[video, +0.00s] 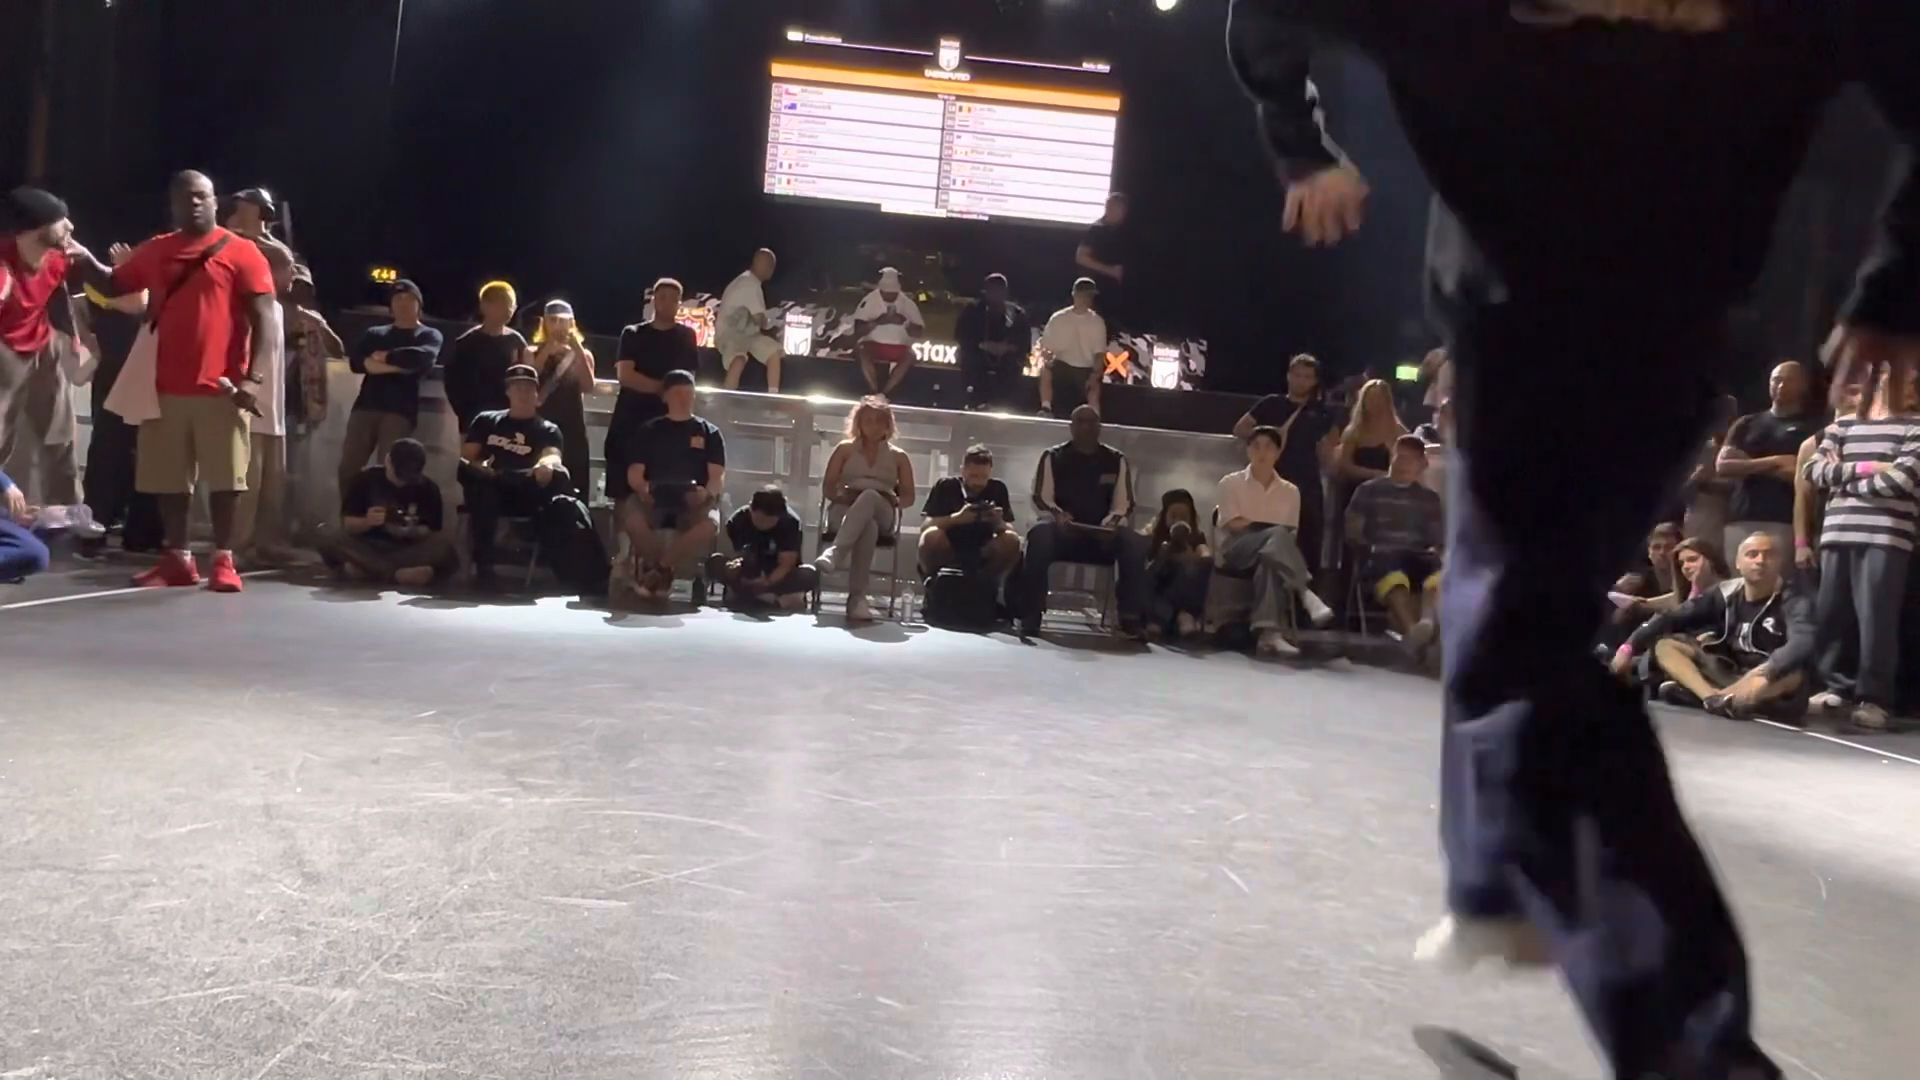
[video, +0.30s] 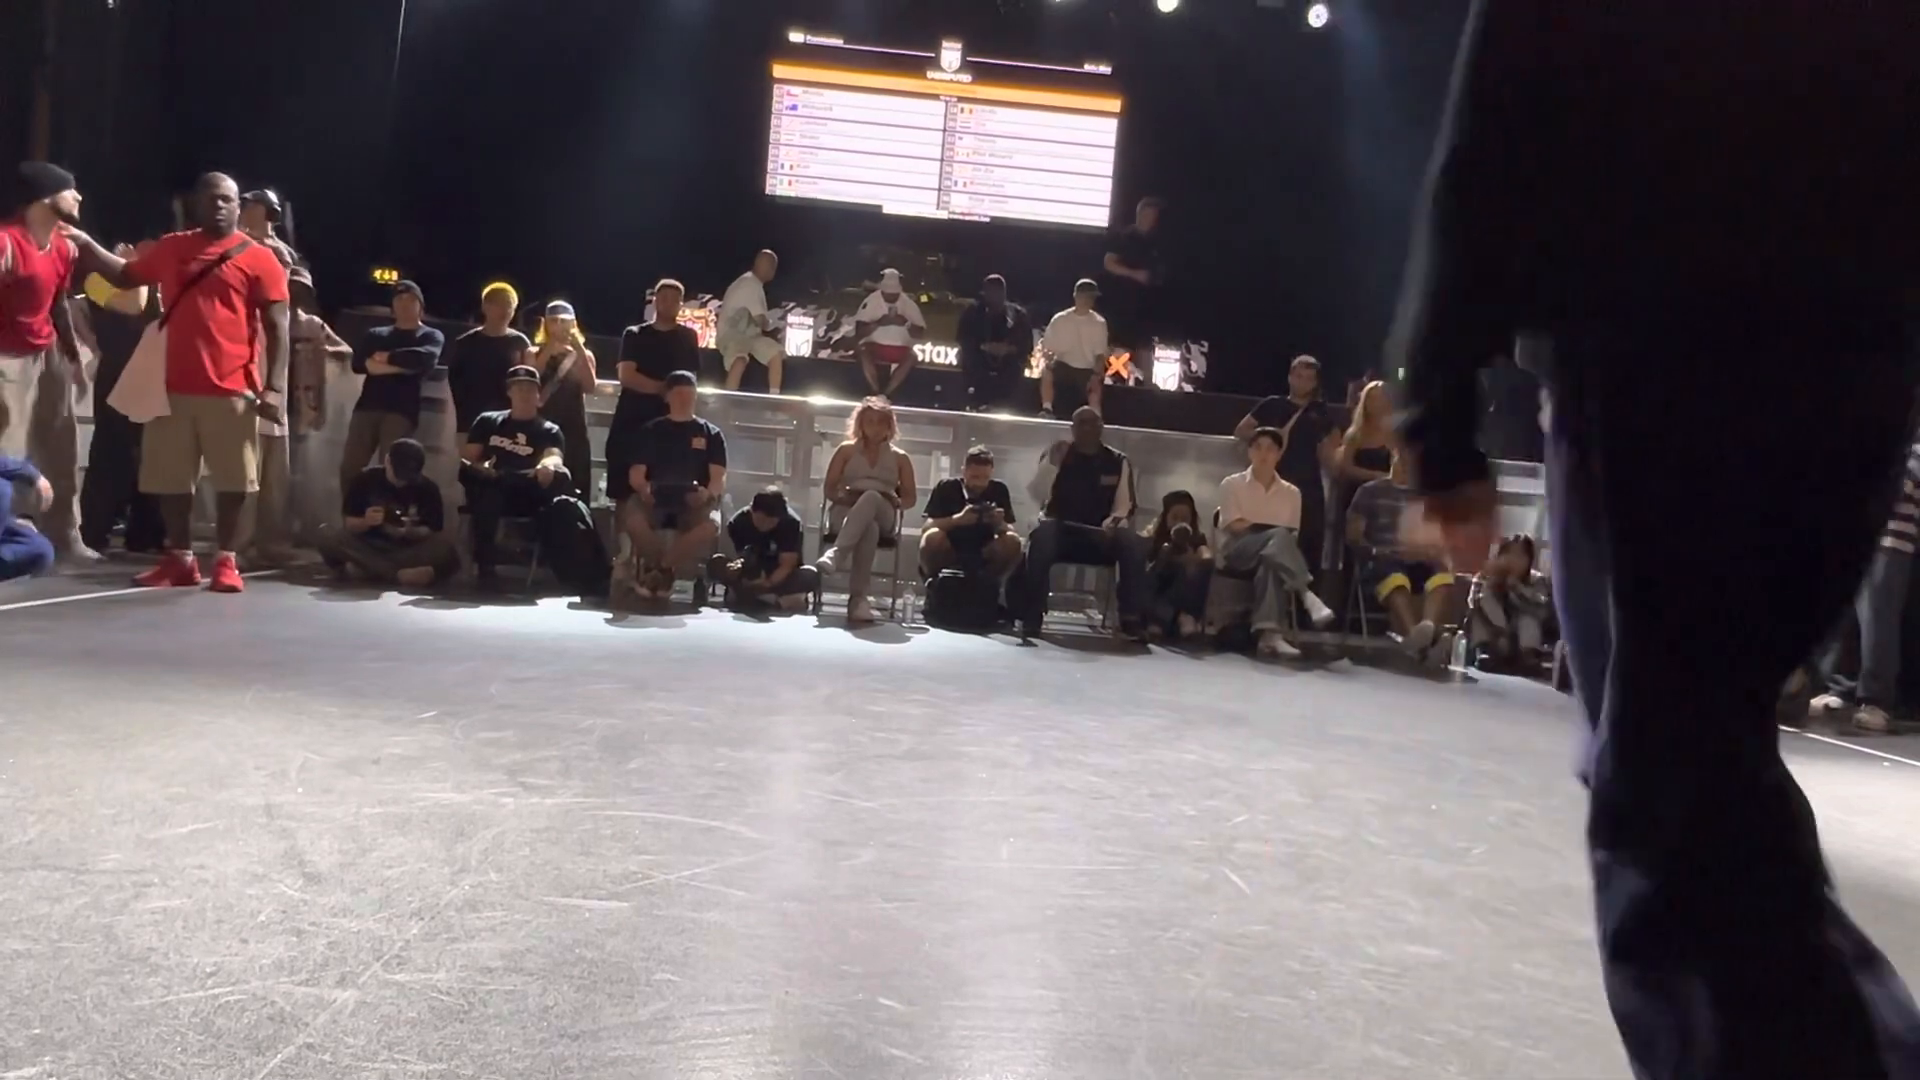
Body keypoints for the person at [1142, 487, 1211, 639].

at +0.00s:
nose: (1179, 522)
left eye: (1184, 517)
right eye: (1174, 516)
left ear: (1192, 518)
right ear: (1164, 516)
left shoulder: (1197, 538)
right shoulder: (1152, 538)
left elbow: (1206, 560)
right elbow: (1148, 571)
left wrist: (1186, 546)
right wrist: (1165, 550)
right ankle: (1184, 614)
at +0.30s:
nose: (1180, 523)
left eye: (1185, 518)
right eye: (1175, 518)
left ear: (1192, 518)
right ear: (1165, 517)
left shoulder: (1197, 538)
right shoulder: (1152, 538)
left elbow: (1207, 559)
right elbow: (1148, 572)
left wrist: (1188, 550)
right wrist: (1166, 553)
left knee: (1199, 568)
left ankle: (1190, 617)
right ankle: (1186, 616)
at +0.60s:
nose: (1179, 524)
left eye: (1184, 519)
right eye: (1174, 518)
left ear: (1192, 519)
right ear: (1165, 518)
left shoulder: (1197, 541)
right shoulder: (1150, 541)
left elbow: (1207, 562)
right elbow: (1147, 574)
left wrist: (1186, 549)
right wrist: (1164, 555)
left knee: (1194, 565)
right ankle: (1186, 617)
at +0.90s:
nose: (1178, 525)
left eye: (1183, 519)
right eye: (1173, 519)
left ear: (1190, 520)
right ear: (1163, 519)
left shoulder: (1195, 542)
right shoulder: (1150, 541)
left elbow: (1205, 564)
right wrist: (1165, 555)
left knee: (1197, 570)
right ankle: (1185, 619)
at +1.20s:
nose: (1173, 524)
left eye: (1178, 519)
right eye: (1167, 519)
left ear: (1185, 519)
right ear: (1157, 519)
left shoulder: (1190, 541)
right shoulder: (1144, 541)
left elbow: (1200, 561)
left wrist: (1183, 557)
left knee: (1195, 569)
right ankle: (1179, 619)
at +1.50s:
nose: (1168, 526)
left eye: (1173, 520)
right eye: (1163, 520)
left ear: (1181, 520)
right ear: (1153, 520)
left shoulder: (1187, 542)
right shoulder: (1140, 542)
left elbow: (1197, 561)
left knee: (1193, 568)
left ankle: (1184, 620)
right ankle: (1174, 619)